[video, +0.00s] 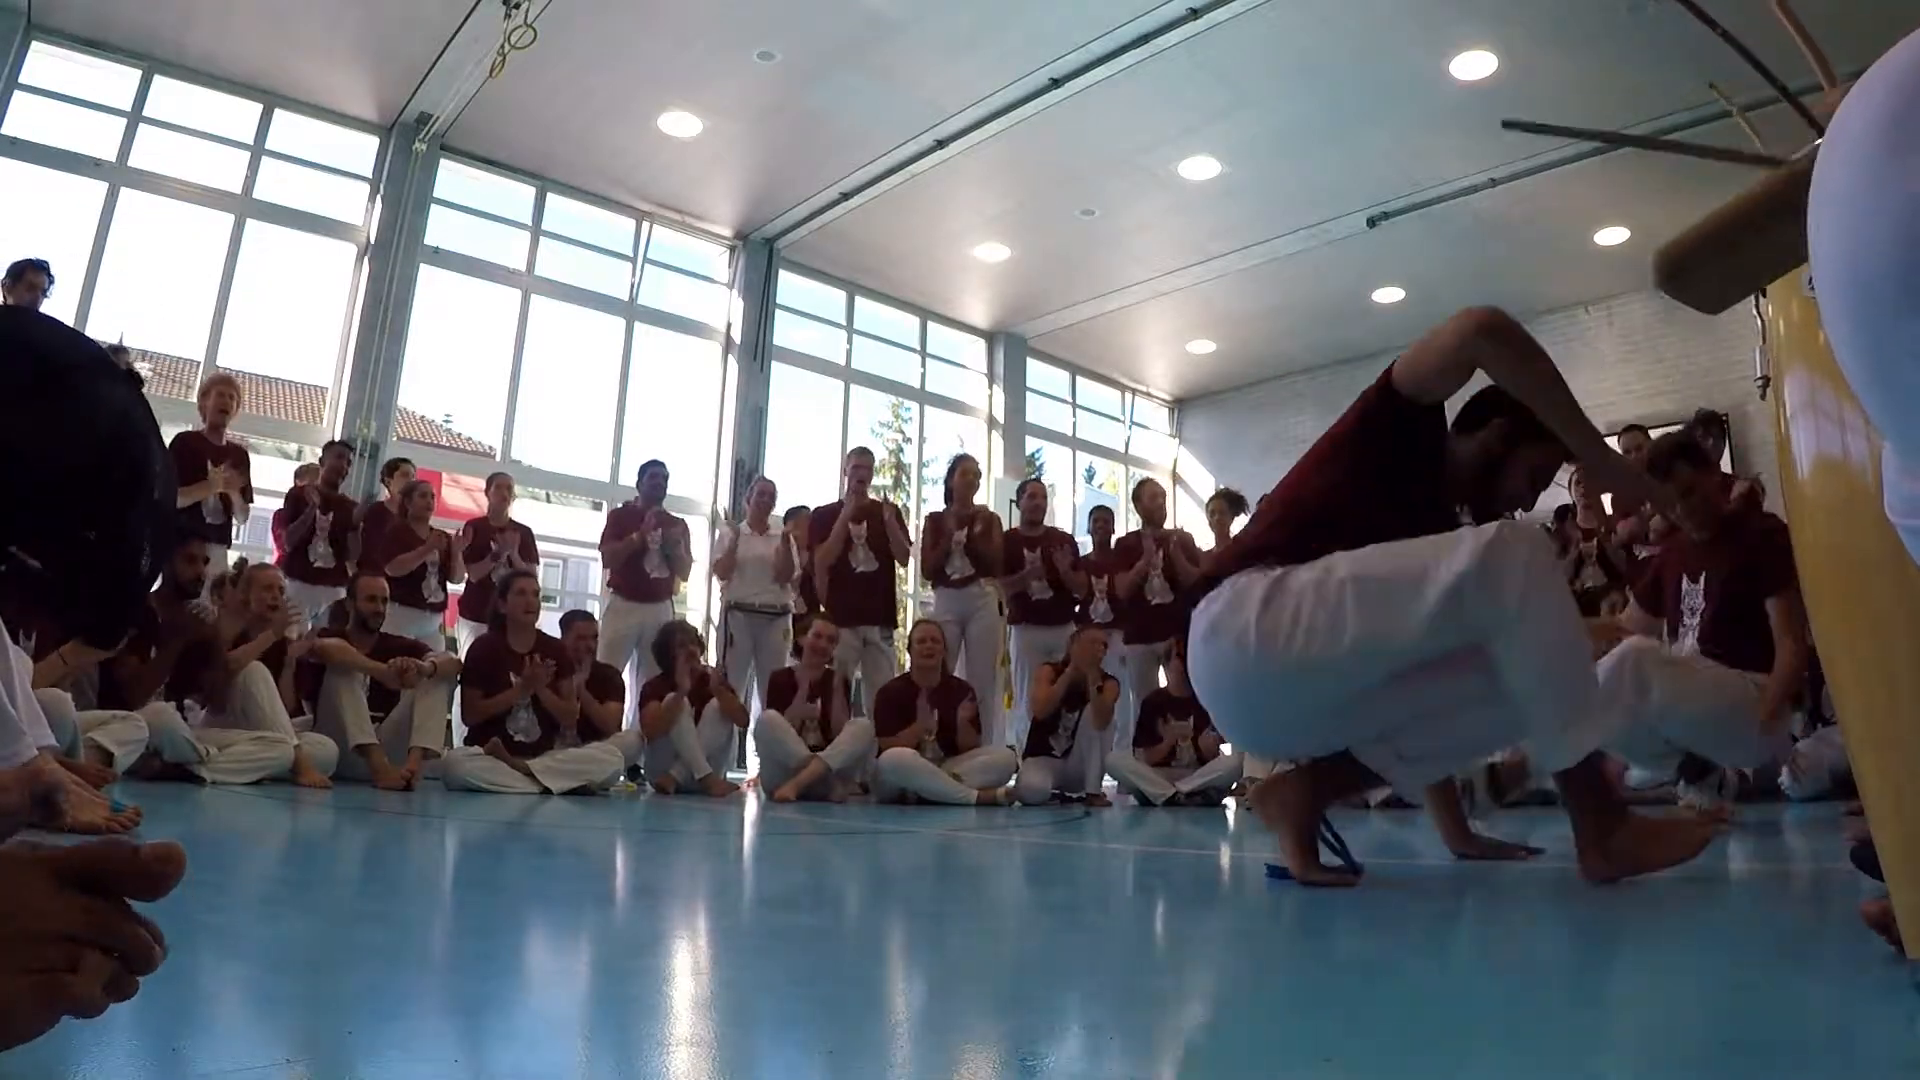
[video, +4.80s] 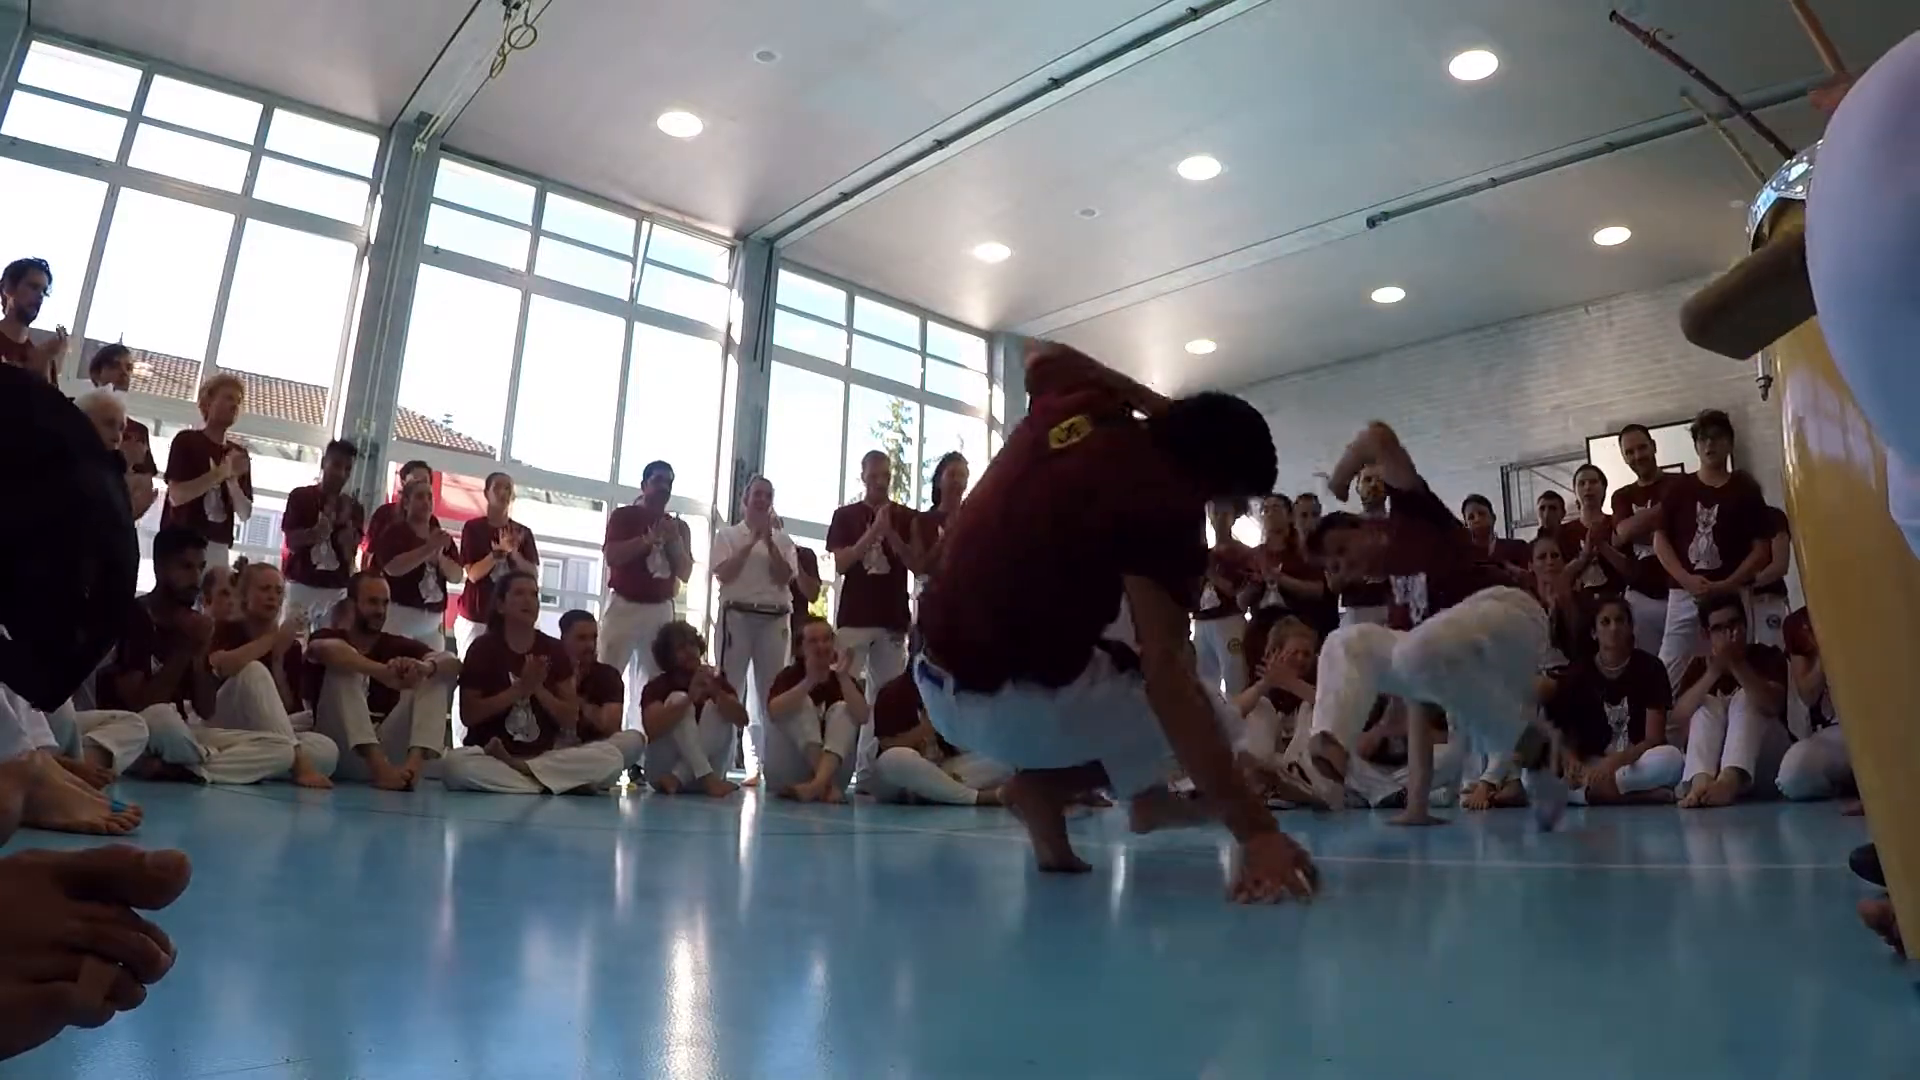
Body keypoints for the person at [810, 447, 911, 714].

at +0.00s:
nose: (861, 474)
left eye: (867, 469)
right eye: (856, 468)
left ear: (873, 474)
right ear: (845, 471)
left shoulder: (888, 512)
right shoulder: (823, 515)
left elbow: (904, 558)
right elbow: (823, 562)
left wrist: (890, 521)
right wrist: (846, 512)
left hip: (880, 620)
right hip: (841, 620)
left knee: (883, 701)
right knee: (837, 700)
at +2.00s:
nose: (875, 477)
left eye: (880, 471)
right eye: (870, 470)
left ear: (886, 475)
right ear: (858, 471)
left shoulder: (898, 512)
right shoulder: (835, 511)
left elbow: (905, 559)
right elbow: (832, 560)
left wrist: (884, 528)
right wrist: (854, 526)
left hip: (884, 618)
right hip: (846, 616)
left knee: (881, 699)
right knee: (844, 696)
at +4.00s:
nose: (877, 478)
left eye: (882, 472)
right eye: (872, 472)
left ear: (890, 474)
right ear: (862, 474)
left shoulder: (906, 517)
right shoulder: (843, 514)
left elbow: (913, 563)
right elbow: (831, 563)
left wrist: (885, 533)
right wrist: (863, 533)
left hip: (890, 609)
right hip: (848, 609)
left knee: (887, 694)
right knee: (849, 692)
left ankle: (878, 772)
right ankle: (841, 769)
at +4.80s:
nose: (879, 482)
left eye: (884, 476)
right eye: (873, 476)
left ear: (891, 476)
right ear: (862, 476)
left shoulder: (906, 516)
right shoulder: (846, 514)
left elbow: (917, 564)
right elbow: (841, 564)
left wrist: (890, 534)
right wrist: (870, 535)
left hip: (893, 621)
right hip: (853, 621)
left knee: (889, 700)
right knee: (845, 696)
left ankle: (875, 775)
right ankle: (837, 771)